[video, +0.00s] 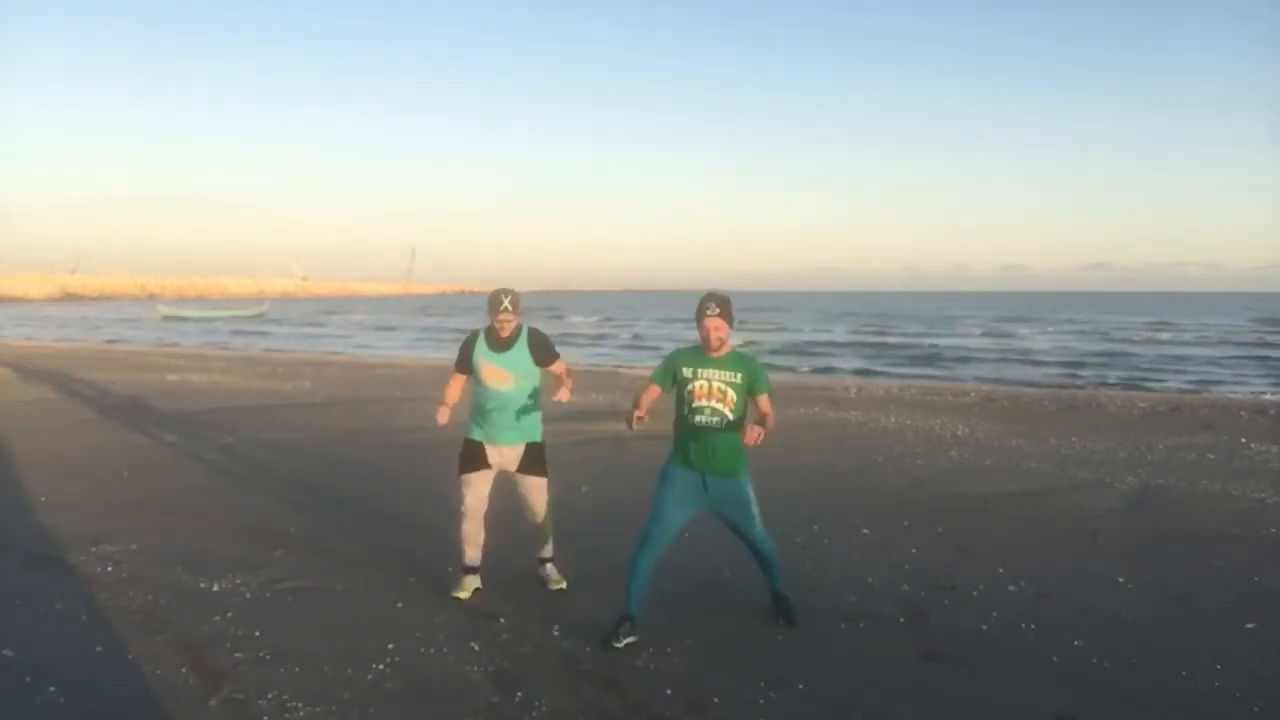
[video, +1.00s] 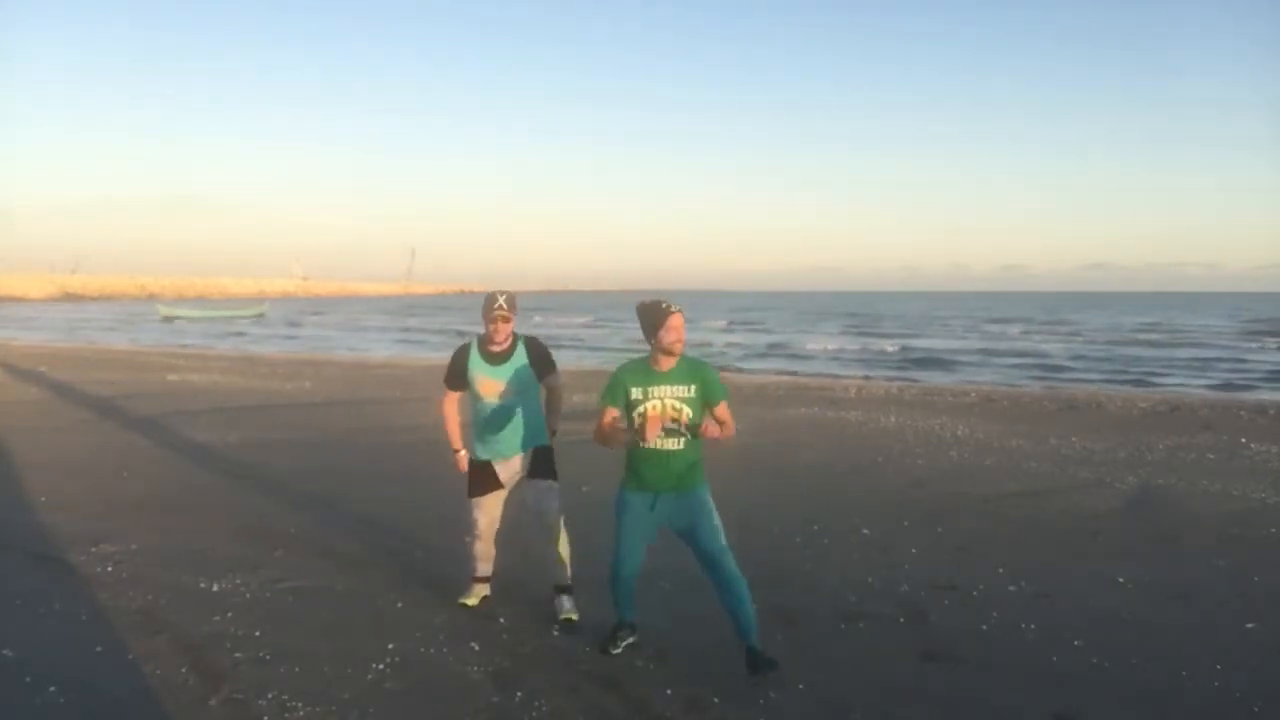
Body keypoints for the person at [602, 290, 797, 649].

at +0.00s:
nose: (711, 334)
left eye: (718, 326)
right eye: (705, 326)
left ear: (730, 327)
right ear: (697, 327)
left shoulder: (748, 366)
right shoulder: (679, 360)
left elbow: (766, 413)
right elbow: (650, 392)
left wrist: (760, 427)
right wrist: (639, 411)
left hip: (730, 475)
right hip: (684, 471)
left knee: (758, 540)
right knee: (652, 543)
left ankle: (780, 598)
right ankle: (629, 620)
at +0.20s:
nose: (673, 330)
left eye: (680, 322)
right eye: (667, 322)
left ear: (692, 323)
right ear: (658, 323)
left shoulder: (707, 367)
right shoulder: (639, 360)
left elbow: (717, 424)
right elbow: (613, 408)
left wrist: (718, 480)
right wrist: (606, 455)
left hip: (686, 472)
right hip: (641, 468)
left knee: (693, 545)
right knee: (627, 543)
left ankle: (709, 603)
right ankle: (627, 620)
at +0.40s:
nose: (662, 319)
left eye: (668, 311)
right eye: (655, 311)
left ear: (678, 312)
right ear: (645, 312)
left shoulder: (697, 354)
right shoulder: (624, 347)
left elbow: (713, 400)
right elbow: (595, 384)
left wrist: (700, 450)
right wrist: (603, 434)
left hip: (674, 463)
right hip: (629, 460)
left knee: (670, 544)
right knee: (624, 541)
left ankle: (655, 621)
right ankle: (624, 619)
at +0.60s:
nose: (662, 321)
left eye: (667, 313)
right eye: (654, 314)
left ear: (675, 313)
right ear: (641, 314)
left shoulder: (692, 351)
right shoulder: (619, 347)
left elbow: (707, 390)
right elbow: (592, 379)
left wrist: (700, 436)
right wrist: (603, 423)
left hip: (670, 463)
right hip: (625, 461)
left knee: (665, 544)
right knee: (621, 542)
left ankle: (653, 623)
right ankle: (623, 620)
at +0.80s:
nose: (666, 335)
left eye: (668, 328)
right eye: (658, 329)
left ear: (672, 330)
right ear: (639, 332)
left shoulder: (688, 374)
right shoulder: (614, 374)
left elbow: (695, 428)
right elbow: (596, 427)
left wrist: (697, 467)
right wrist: (605, 462)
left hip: (674, 481)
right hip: (627, 482)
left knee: (690, 553)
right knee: (620, 558)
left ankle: (676, 622)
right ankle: (623, 624)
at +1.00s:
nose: (680, 336)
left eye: (682, 328)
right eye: (672, 330)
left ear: (684, 331)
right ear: (652, 335)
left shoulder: (701, 374)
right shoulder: (626, 376)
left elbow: (729, 428)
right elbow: (603, 432)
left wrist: (715, 430)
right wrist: (634, 435)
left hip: (690, 490)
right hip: (639, 491)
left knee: (723, 564)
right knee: (624, 567)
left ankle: (753, 649)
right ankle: (624, 626)